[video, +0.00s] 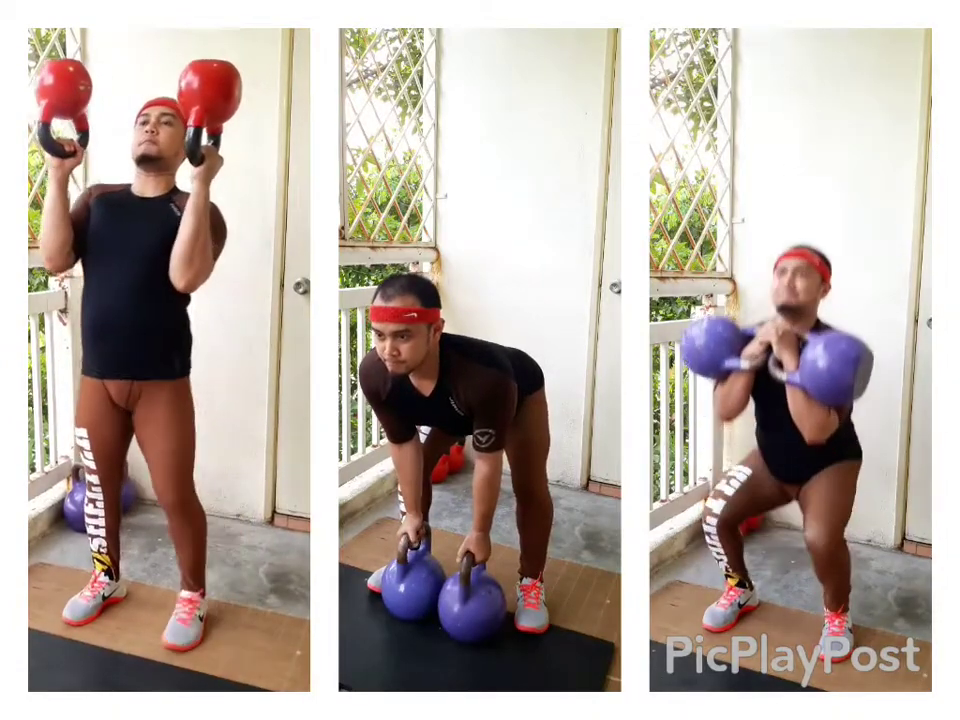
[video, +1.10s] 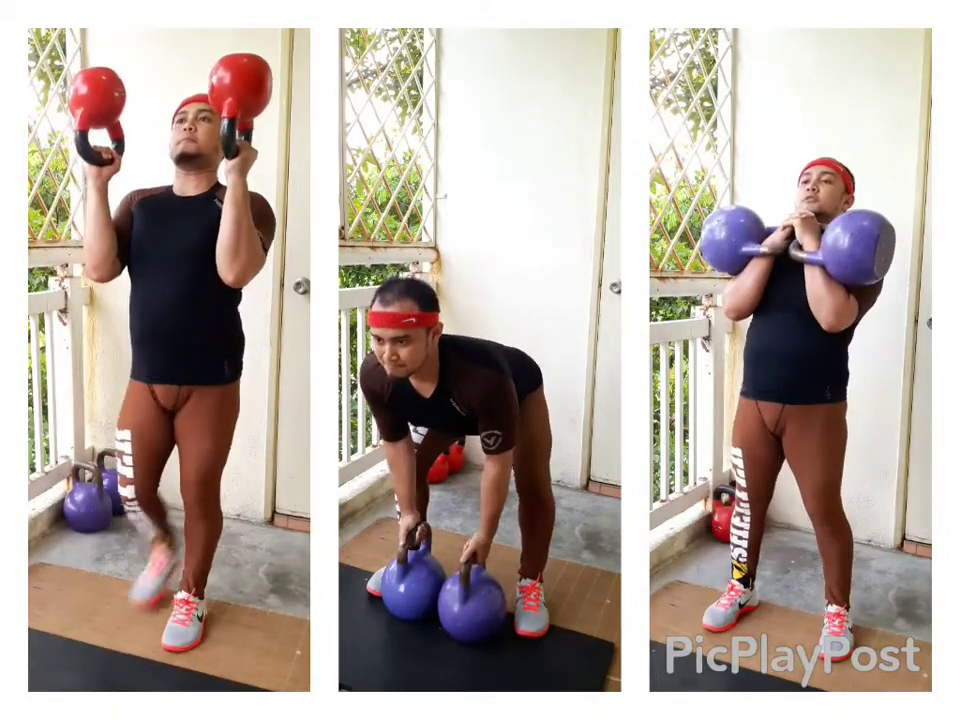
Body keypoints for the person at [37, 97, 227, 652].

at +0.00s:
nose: (149, 129)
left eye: (163, 123)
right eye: (142, 122)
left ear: (186, 144)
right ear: (130, 140)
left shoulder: (198, 212)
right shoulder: (97, 200)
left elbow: (186, 276)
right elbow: (55, 261)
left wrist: (199, 187)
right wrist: (58, 175)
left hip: (162, 380)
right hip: (97, 375)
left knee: (175, 495)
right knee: (101, 485)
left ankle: (192, 594)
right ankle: (105, 577)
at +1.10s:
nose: (188, 127)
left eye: (203, 119)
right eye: (180, 121)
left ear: (227, 138)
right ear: (169, 142)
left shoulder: (247, 205)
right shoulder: (140, 203)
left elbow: (235, 271)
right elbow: (100, 268)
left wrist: (235, 180)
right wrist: (98, 186)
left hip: (211, 381)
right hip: (146, 378)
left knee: (199, 497)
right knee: (140, 490)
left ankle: (191, 595)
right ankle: (166, 546)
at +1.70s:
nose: (190, 204)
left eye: (204, 196)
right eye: (181, 197)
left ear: (225, 213)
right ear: (171, 215)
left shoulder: (248, 278)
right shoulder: (147, 275)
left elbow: (235, 344)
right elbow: (114, 342)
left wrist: (237, 254)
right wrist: (104, 261)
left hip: (226, 414)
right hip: (168, 412)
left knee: (185, 504)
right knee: (175, 473)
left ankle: (187, 600)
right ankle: (212, 504)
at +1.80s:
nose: (193, 219)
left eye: (206, 212)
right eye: (185, 213)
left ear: (226, 229)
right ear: (174, 230)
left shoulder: (251, 292)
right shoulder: (150, 288)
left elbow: (236, 358)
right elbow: (118, 355)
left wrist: (236, 269)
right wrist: (106, 277)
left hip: (227, 426)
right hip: (170, 425)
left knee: (189, 510)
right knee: (176, 494)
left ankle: (188, 601)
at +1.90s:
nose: (196, 233)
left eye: (208, 226)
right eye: (188, 226)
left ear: (228, 241)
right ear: (177, 241)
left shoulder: (252, 303)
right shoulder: (153, 300)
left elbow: (237, 370)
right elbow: (120, 366)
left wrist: (239, 284)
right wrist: (107, 293)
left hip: (228, 436)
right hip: (171, 437)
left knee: (188, 511)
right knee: (179, 513)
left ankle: (188, 601)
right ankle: (195, 572)